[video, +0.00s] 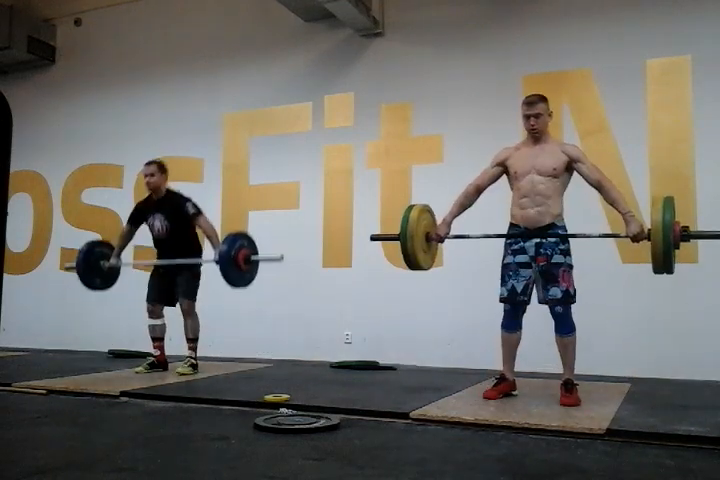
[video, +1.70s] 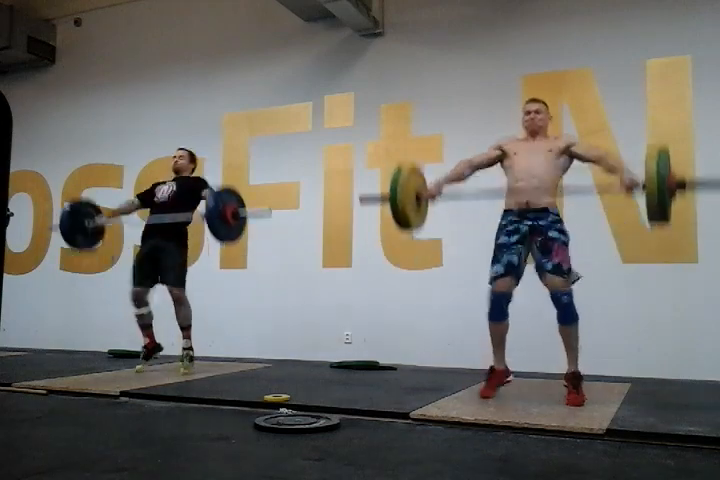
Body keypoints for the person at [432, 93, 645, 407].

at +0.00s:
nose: (532, 121)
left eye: (537, 116)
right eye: (527, 117)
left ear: (549, 117)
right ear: (521, 119)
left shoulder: (567, 152)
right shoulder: (508, 155)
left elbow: (602, 184)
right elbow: (475, 188)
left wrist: (629, 217)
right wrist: (446, 219)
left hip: (553, 238)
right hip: (517, 239)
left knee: (561, 310)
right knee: (512, 309)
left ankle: (569, 381)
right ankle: (507, 378)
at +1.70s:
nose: (531, 116)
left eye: (537, 112)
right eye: (527, 113)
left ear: (548, 119)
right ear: (521, 120)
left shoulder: (561, 145)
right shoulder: (508, 147)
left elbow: (599, 157)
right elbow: (470, 165)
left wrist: (623, 173)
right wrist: (440, 183)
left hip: (547, 221)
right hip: (512, 221)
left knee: (562, 295)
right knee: (499, 294)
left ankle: (573, 375)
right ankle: (499, 368)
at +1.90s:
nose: (531, 151)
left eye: (537, 146)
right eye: (527, 146)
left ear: (548, 151)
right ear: (521, 150)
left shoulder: (564, 180)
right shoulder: (506, 182)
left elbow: (612, 177)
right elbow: (462, 182)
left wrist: (628, 140)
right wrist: (435, 153)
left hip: (554, 272)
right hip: (516, 273)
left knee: (583, 318)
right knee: (469, 314)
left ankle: (579, 387)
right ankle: (488, 381)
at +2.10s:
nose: (521, 192)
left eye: (526, 187)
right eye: (516, 187)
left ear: (538, 189)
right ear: (509, 190)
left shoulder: (556, 213)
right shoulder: (498, 214)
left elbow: (600, 183)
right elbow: (460, 191)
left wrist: (633, 146)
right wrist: (433, 162)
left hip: (555, 298)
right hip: (516, 298)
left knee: (586, 323)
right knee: (471, 319)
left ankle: (579, 388)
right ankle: (489, 382)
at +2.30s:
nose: (514, 218)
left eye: (521, 212)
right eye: (510, 213)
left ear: (534, 213)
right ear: (504, 215)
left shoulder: (555, 235)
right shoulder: (496, 237)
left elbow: (598, 207)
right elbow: (460, 214)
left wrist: (634, 173)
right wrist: (433, 187)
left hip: (555, 315)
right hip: (516, 315)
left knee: (588, 324)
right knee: (470, 319)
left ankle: (578, 388)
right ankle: (489, 383)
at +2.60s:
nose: (515, 253)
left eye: (521, 247)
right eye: (510, 248)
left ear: (534, 245)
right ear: (504, 247)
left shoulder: (556, 266)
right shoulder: (497, 266)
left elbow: (601, 240)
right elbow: (461, 244)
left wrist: (636, 206)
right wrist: (435, 217)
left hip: (552, 341)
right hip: (514, 340)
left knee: (584, 327)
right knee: (468, 320)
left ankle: (577, 389)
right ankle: (490, 383)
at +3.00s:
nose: (515, 218)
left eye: (521, 212)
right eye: (510, 213)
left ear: (534, 210)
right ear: (505, 214)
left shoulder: (556, 232)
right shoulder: (497, 234)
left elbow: (600, 204)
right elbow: (464, 212)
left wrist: (635, 171)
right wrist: (438, 188)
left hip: (555, 310)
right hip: (516, 310)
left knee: (582, 327)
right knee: (470, 321)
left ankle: (577, 389)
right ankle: (489, 383)